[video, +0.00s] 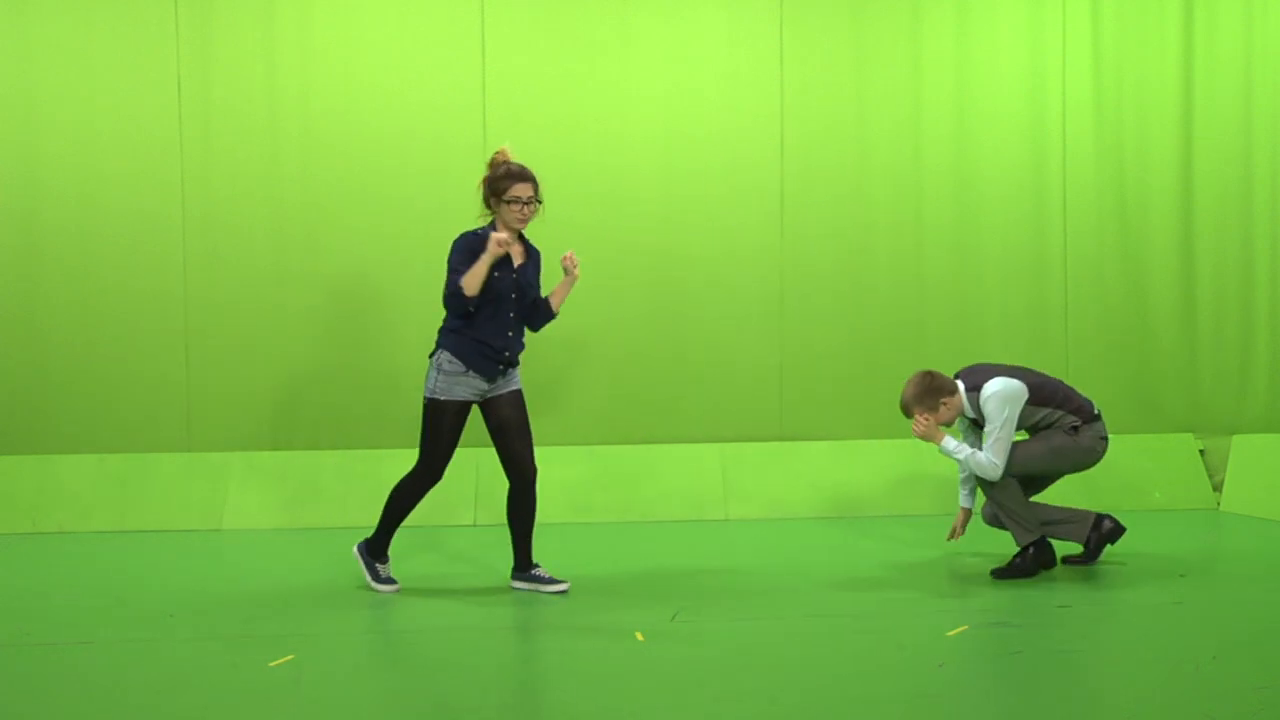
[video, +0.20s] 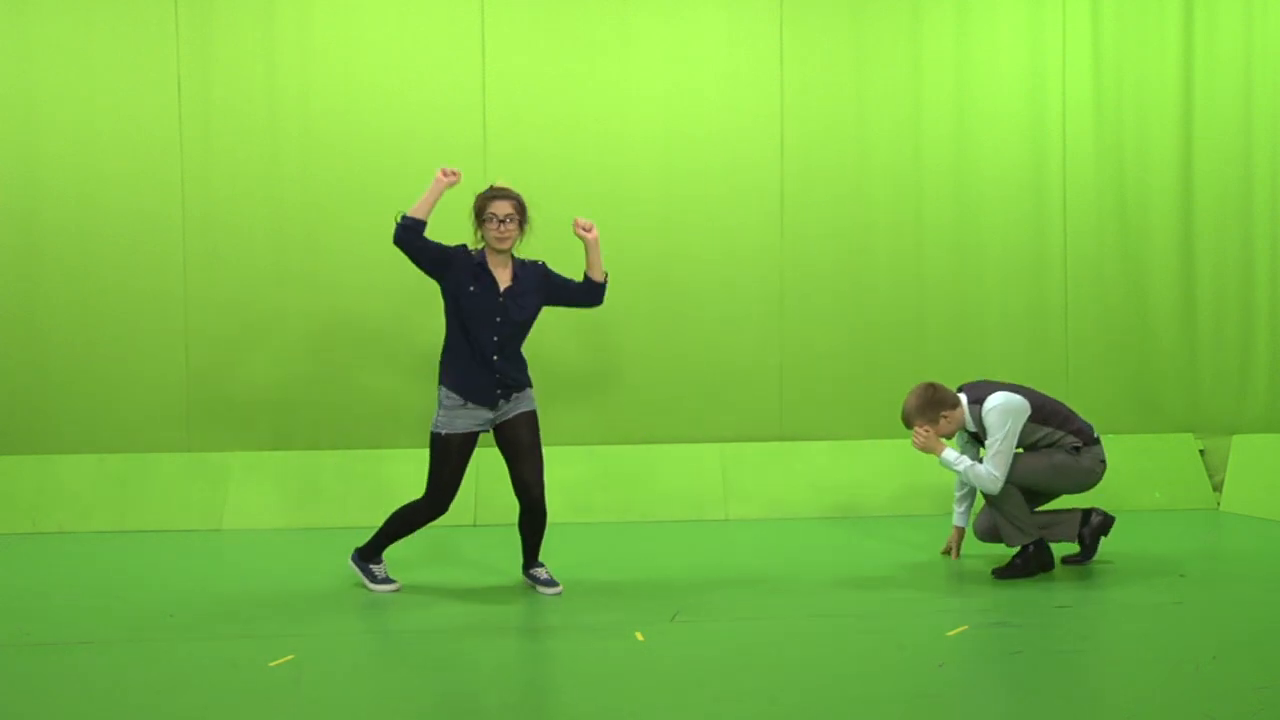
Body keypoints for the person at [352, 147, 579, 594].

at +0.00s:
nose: (524, 210)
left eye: (531, 203)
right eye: (515, 202)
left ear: (537, 206)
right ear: (495, 203)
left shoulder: (529, 254)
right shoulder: (470, 244)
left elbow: (535, 318)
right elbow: (457, 303)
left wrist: (566, 283)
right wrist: (490, 256)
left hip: (502, 372)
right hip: (456, 367)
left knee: (524, 472)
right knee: (430, 469)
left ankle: (524, 568)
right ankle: (374, 549)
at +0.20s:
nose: (501, 227)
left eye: (509, 220)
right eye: (493, 220)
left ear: (521, 227)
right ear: (479, 225)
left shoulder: (534, 276)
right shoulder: (455, 264)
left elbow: (592, 294)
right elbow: (406, 237)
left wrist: (593, 245)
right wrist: (438, 187)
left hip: (514, 395)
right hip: (461, 396)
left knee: (533, 494)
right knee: (437, 502)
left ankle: (532, 565)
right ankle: (367, 554)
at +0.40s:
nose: (490, 181)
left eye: (498, 173)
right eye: (482, 174)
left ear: (513, 175)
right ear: (469, 178)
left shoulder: (539, 213)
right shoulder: (456, 216)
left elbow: (602, 190)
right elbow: (402, 175)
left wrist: (645, 148)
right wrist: (372, 124)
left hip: (521, 354)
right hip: (463, 354)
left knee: (529, 461)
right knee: (448, 459)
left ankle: (537, 551)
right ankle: (401, 539)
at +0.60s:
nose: (480, 184)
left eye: (488, 176)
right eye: (472, 176)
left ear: (502, 178)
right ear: (460, 181)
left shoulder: (527, 209)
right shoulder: (451, 222)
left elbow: (595, 212)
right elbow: (410, 207)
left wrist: (590, 154)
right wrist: (415, 145)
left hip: (522, 352)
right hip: (468, 355)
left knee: (517, 463)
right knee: (467, 466)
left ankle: (525, 566)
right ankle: (453, 560)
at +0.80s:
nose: (481, 205)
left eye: (489, 198)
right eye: (473, 199)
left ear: (506, 206)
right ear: (462, 209)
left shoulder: (533, 247)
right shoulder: (451, 253)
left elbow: (592, 224)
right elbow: (403, 219)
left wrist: (568, 173)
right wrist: (432, 165)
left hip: (525, 388)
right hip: (469, 391)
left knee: (510, 490)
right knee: (474, 493)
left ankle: (523, 574)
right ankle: (465, 568)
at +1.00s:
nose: (484, 157)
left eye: (493, 150)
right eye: (476, 150)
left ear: (508, 156)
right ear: (464, 157)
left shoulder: (528, 188)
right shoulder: (451, 199)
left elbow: (583, 148)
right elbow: (416, 154)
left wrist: (603, 89)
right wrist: (388, 97)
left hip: (522, 336)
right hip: (465, 338)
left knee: (517, 450)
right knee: (471, 451)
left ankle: (526, 553)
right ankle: (462, 551)